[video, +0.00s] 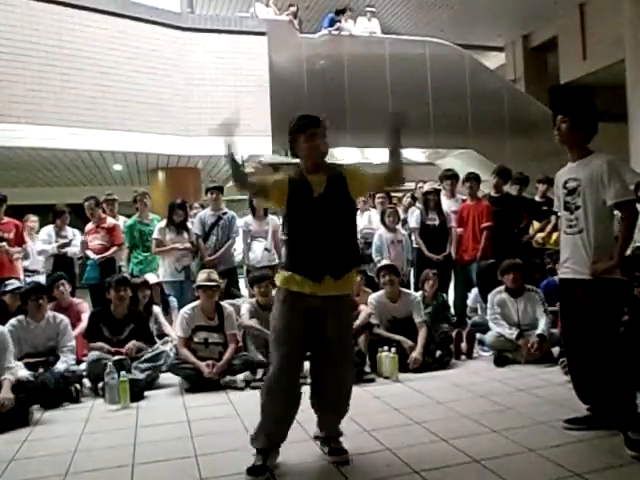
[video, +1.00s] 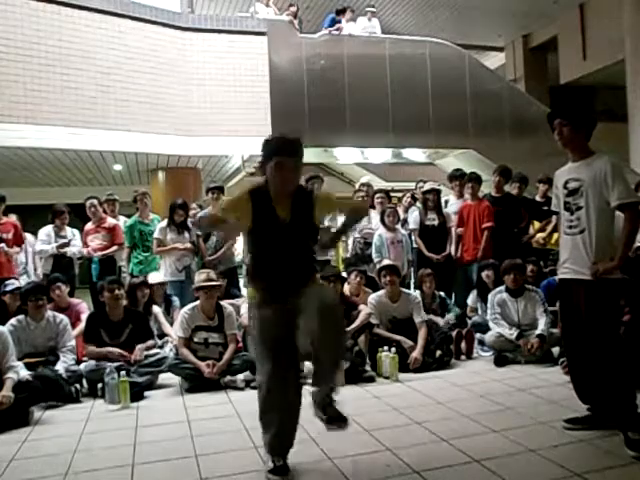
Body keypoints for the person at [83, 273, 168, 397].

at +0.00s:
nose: (122, 294)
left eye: (125, 290)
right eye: (117, 291)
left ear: (130, 293)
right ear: (109, 295)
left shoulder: (139, 317)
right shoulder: (97, 316)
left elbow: (151, 347)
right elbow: (90, 345)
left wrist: (137, 344)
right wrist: (102, 346)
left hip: (135, 358)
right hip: (107, 359)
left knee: (165, 353)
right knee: (94, 359)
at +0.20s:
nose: (121, 293)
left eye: (124, 289)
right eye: (116, 289)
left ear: (129, 292)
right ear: (107, 293)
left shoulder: (138, 316)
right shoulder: (97, 315)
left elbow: (151, 347)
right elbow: (90, 346)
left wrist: (138, 344)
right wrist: (101, 349)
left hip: (134, 359)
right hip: (107, 360)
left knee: (165, 355)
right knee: (91, 362)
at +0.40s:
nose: (120, 293)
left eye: (123, 289)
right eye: (115, 289)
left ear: (128, 292)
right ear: (106, 293)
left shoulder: (138, 316)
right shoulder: (95, 316)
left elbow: (151, 346)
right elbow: (90, 347)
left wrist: (139, 345)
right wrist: (102, 350)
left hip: (133, 359)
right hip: (106, 360)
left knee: (165, 355)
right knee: (90, 364)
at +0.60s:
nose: (117, 292)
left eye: (120, 288)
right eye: (112, 288)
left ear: (126, 292)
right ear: (104, 294)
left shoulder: (136, 315)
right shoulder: (95, 316)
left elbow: (150, 344)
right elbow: (89, 349)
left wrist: (138, 346)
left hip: (133, 360)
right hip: (106, 362)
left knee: (164, 355)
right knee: (90, 365)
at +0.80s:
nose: (116, 292)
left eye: (120, 288)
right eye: (111, 289)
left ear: (125, 292)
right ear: (102, 296)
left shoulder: (135, 315)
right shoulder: (95, 317)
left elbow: (150, 342)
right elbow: (89, 350)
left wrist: (140, 347)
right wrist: (106, 351)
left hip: (134, 360)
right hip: (107, 363)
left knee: (164, 356)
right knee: (89, 368)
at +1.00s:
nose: (117, 293)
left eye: (119, 289)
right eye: (111, 291)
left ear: (124, 292)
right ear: (102, 297)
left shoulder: (136, 315)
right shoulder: (94, 318)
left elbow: (152, 341)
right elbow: (88, 350)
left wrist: (141, 347)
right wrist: (108, 352)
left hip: (135, 360)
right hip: (107, 364)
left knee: (163, 356)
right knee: (87, 368)